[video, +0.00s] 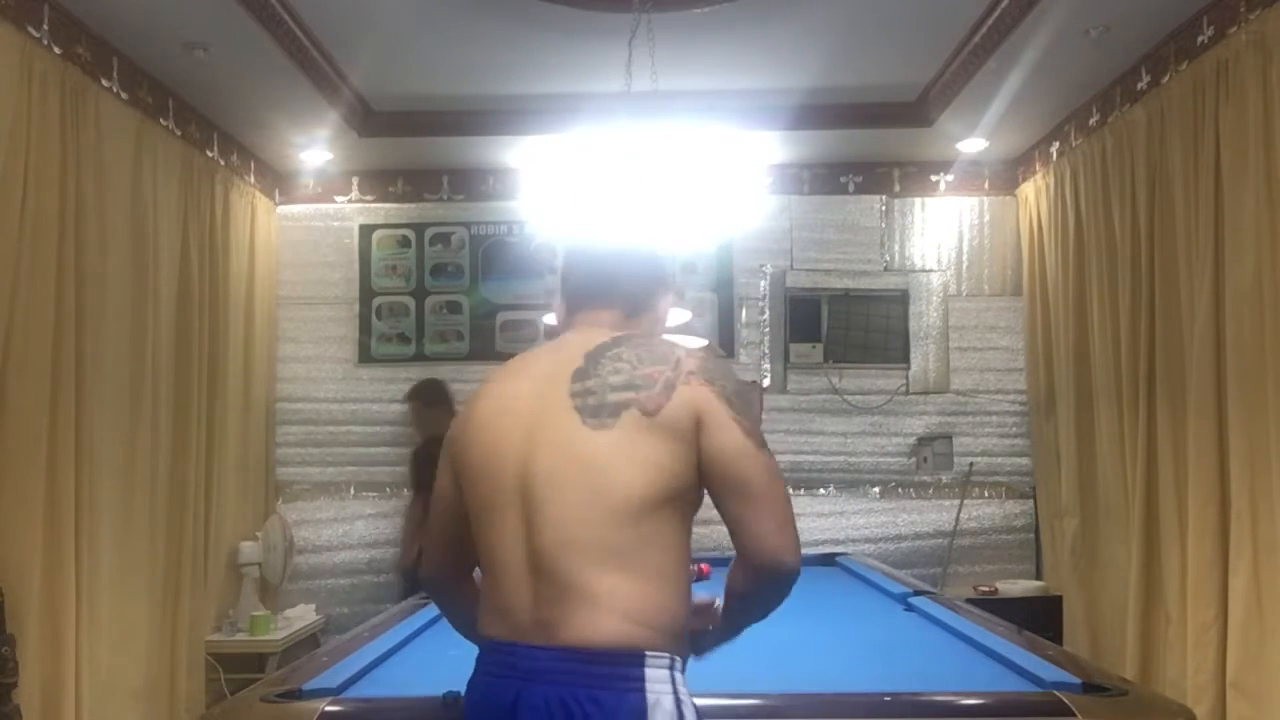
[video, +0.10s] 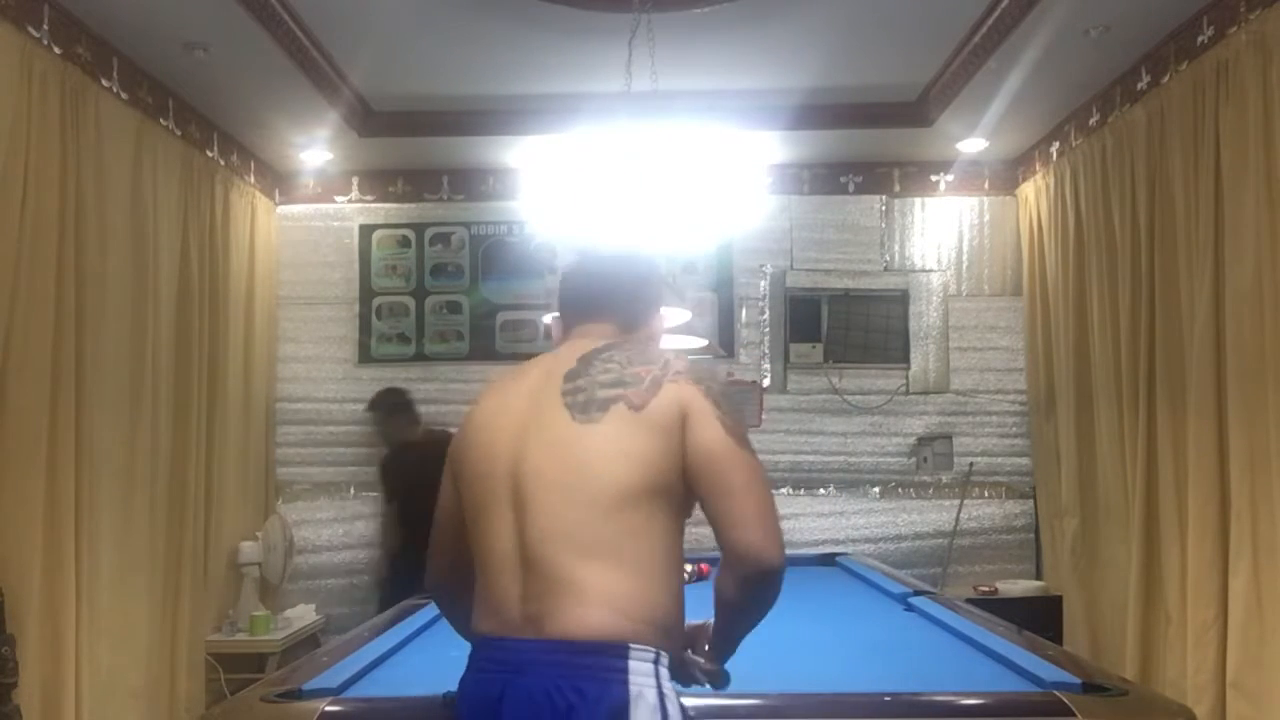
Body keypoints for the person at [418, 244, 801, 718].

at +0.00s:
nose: (670, 317)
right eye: (669, 307)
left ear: (563, 304)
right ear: (658, 304)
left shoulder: (488, 395)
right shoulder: (684, 380)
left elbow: (439, 570)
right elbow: (774, 556)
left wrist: (508, 638)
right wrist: (719, 624)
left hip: (498, 690)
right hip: (632, 694)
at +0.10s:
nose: (665, 335)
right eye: (665, 328)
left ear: (558, 328)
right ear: (653, 324)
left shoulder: (489, 402)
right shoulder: (674, 390)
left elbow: (445, 576)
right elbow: (758, 555)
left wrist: (511, 646)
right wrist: (716, 645)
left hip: (487, 688)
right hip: (620, 691)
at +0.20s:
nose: (662, 347)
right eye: (662, 338)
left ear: (560, 336)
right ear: (651, 335)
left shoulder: (492, 404)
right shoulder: (667, 392)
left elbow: (448, 577)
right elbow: (743, 555)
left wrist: (507, 646)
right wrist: (713, 647)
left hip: (481, 685)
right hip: (610, 687)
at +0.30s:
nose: (664, 349)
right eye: (663, 342)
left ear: (558, 340)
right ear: (652, 340)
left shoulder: (490, 409)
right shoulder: (666, 390)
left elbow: (447, 568)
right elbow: (737, 554)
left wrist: (502, 639)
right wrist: (708, 648)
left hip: (477, 683)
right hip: (603, 685)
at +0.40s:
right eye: (660, 352)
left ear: (559, 348)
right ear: (651, 346)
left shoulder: (492, 413)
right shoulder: (663, 392)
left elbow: (460, 578)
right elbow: (729, 553)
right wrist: (702, 644)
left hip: (475, 677)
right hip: (595, 678)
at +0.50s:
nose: (657, 370)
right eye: (656, 363)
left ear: (560, 356)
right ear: (650, 357)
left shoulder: (492, 420)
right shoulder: (658, 398)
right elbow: (721, 552)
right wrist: (695, 647)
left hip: (473, 671)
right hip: (591, 670)